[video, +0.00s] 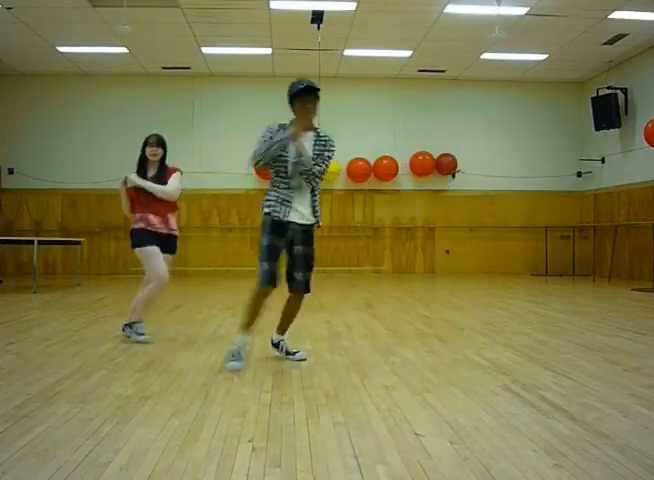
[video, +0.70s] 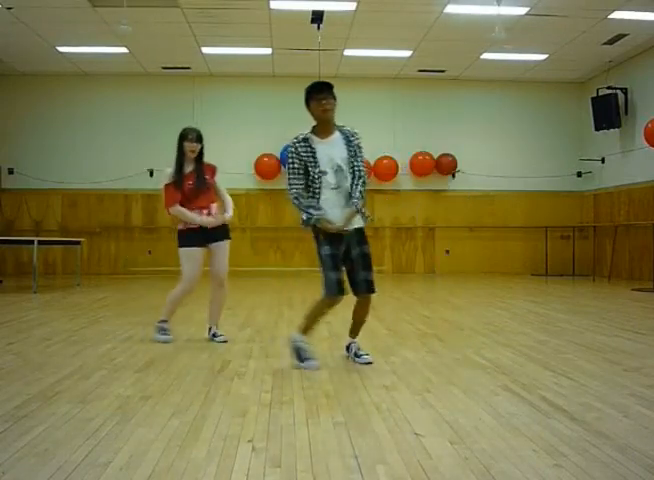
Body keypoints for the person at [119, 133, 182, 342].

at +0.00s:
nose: (154, 150)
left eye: (158, 146)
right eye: (150, 146)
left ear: (164, 151)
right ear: (144, 150)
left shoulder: (173, 173)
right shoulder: (135, 177)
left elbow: (173, 194)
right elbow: (128, 211)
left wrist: (142, 183)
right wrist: (124, 190)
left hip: (167, 231)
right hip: (143, 229)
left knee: (150, 281)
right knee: (161, 278)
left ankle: (132, 323)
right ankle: (134, 321)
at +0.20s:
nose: (152, 156)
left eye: (156, 152)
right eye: (148, 151)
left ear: (161, 156)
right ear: (141, 155)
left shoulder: (170, 178)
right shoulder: (133, 181)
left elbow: (181, 204)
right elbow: (123, 218)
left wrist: (153, 199)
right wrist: (129, 201)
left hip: (164, 236)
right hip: (137, 234)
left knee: (172, 287)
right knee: (139, 285)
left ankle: (145, 314)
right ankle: (121, 327)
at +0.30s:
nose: (157, 154)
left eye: (161, 150)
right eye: (153, 149)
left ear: (165, 154)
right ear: (145, 152)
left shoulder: (174, 175)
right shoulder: (137, 179)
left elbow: (189, 198)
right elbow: (128, 211)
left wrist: (168, 182)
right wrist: (144, 184)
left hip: (170, 232)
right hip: (142, 232)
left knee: (185, 279)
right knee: (140, 281)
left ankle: (169, 316)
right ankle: (122, 327)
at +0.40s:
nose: (165, 147)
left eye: (169, 144)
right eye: (161, 143)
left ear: (173, 148)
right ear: (153, 145)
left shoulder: (177, 170)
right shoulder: (144, 173)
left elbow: (200, 187)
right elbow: (146, 198)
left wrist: (194, 176)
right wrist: (166, 174)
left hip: (181, 226)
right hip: (153, 228)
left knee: (198, 274)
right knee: (143, 278)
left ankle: (199, 324)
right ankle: (124, 326)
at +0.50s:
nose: (175, 146)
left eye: (178, 143)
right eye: (170, 142)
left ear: (182, 147)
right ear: (162, 144)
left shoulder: (189, 167)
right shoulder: (154, 171)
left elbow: (203, 188)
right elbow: (165, 195)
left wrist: (210, 184)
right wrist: (192, 180)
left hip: (195, 224)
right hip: (167, 226)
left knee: (209, 276)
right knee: (152, 277)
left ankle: (213, 327)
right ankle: (129, 325)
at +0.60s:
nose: (183, 148)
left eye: (187, 144)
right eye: (179, 143)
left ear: (191, 148)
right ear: (171, 146)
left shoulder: (198, 170)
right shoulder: (165, 176)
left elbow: (209, 191)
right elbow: (173, 202)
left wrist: (222, 197)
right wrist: (206, 201)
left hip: (209, 227)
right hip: (181, 229)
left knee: (215, 277)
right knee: (169, 279)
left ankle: (213, 328)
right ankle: (141, 323)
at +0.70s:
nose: (193, 145)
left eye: (197, 141)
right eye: (189, 141)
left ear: (201, 145)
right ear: (181, 144)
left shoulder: (208, 171)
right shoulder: (173, 176)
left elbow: (223, 195)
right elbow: (174, 207)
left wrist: (228, 212)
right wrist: (204, 220)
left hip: (215, 226)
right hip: (190, 230)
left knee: (220, 278)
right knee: (190, 280)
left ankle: (213, 328)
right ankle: (163, 323)